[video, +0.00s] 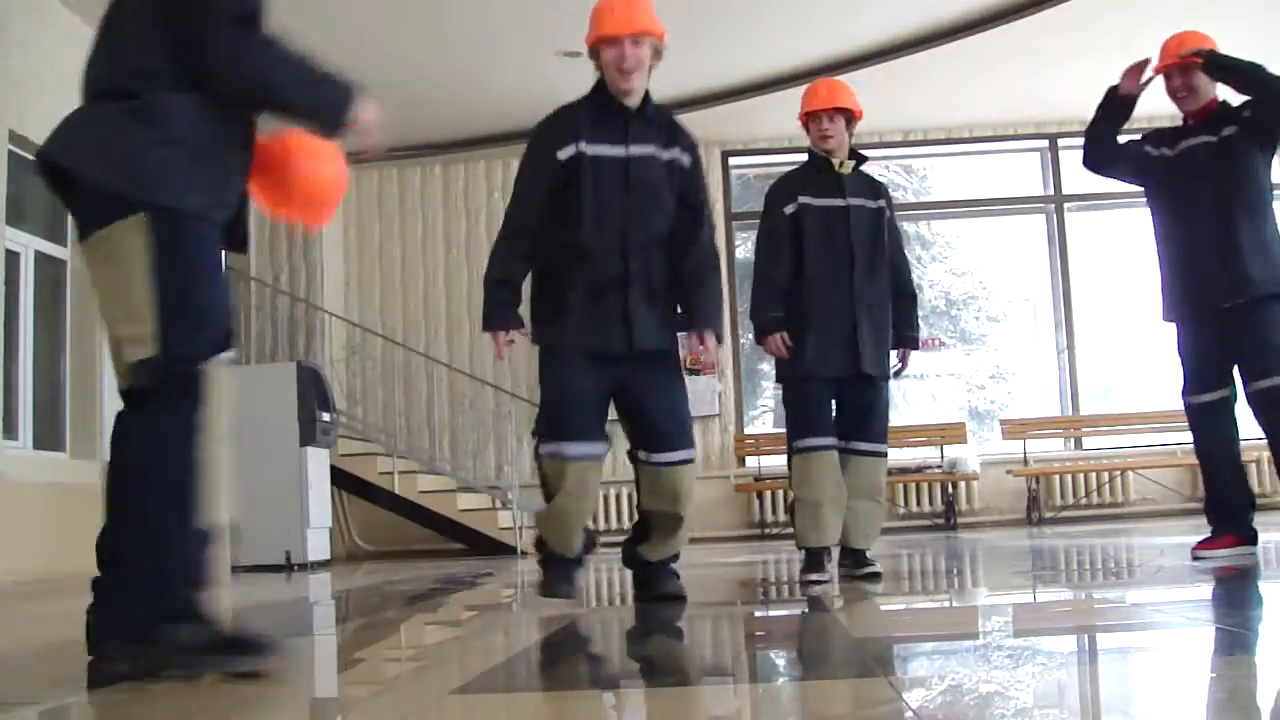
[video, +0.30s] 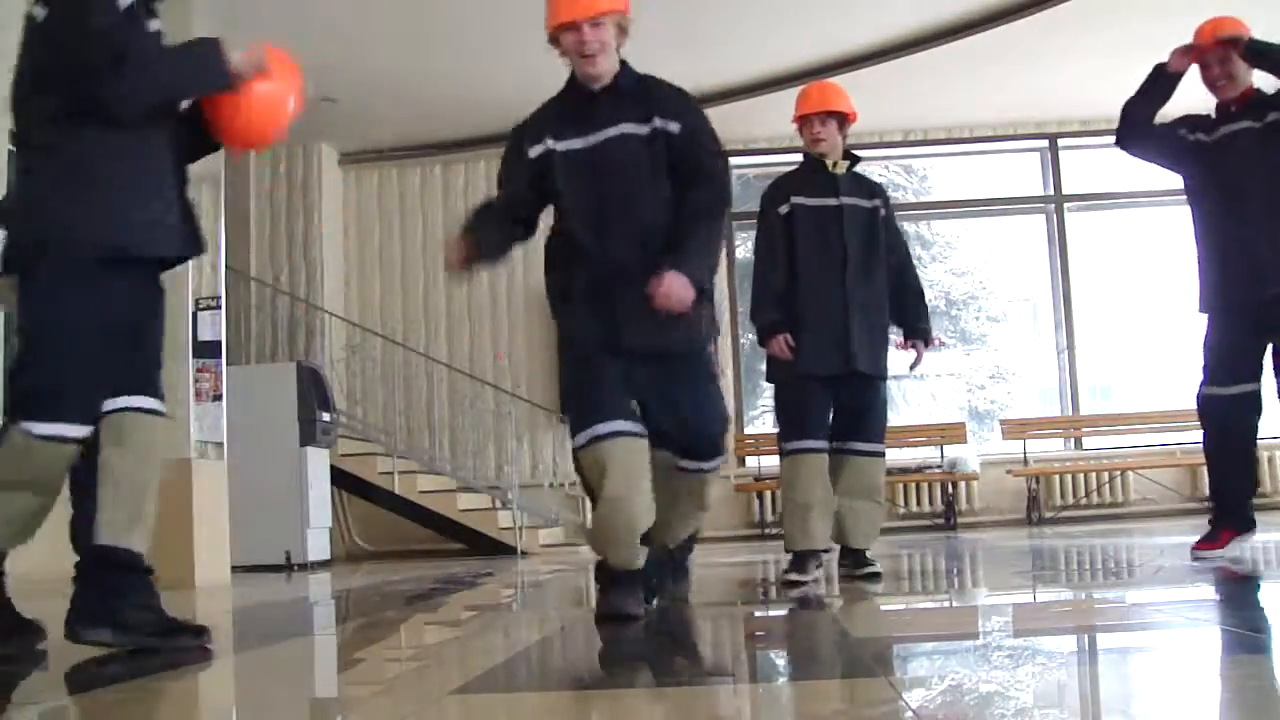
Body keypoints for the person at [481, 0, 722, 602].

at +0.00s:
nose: (627, 55)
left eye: (638, 42)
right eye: (614, 43)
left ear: (656, 50)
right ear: (595, 52)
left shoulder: (675, 141)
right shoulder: (559, 132)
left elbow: (696, 237)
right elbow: (521, 223)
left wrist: (703, 318)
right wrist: (502, 300)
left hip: (652, 329)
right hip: (572, 328)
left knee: (670, 464)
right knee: (571, 462)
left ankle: (655, 562)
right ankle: (562, 553)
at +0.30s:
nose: (585, 38)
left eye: (596, 24)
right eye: (571, 28)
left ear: (620, 29)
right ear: (557, 40)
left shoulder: (672, 108)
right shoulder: (540, 131)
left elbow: (709, 191)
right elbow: (516, 208)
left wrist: (689, 268)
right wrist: (476, 241)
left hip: (669, 310)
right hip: (590, 319)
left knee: (695, 444)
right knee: (613, 451)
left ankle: (670, 546)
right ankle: (623, 577)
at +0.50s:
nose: (546, 5)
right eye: (538, 2)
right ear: (536, 11)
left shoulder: (656, 56)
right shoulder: (533, 80)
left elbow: (703, 165)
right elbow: (462, 108)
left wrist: (724, 267)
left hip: (665, 284)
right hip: (584, 295)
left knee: (670, 417)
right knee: (587, 448)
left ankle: (736, 546)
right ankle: (628, 581)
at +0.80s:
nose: (555, 4)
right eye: (549, 2)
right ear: (558, 10)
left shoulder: (679, 47)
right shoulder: (551, 70)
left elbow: (723, 160)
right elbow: (467, 63)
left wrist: (727, 269)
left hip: (660, 275)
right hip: (596, 287)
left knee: (589, 407)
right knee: (619, 443)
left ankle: (655, 593)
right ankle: (740, 538)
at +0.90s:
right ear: (566, 4)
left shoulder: (676, 25)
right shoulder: (558, 69)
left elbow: (744, 108)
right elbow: (474, 93)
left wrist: (729, 211)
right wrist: (459, 5)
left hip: (682, 268)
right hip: (612, 284)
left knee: (602, 409)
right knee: (615, 435)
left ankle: (659, 597)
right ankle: (739, 530)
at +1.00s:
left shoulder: (672, 4)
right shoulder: (548, 53)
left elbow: (747, 69)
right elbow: (525, 137)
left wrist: (724, 174)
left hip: (718, 236)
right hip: (645, 253)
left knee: (681, 402)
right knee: (631, 423)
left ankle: (673, 582)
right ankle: (713, 563)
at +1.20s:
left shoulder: (701, 16)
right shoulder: (578, 87)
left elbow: (762, 131)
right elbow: (584, 200)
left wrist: (710, 224)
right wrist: (540, 294)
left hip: (764, 246)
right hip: (673, 268)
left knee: (825, 396)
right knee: (655, 427)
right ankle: (702, 577)